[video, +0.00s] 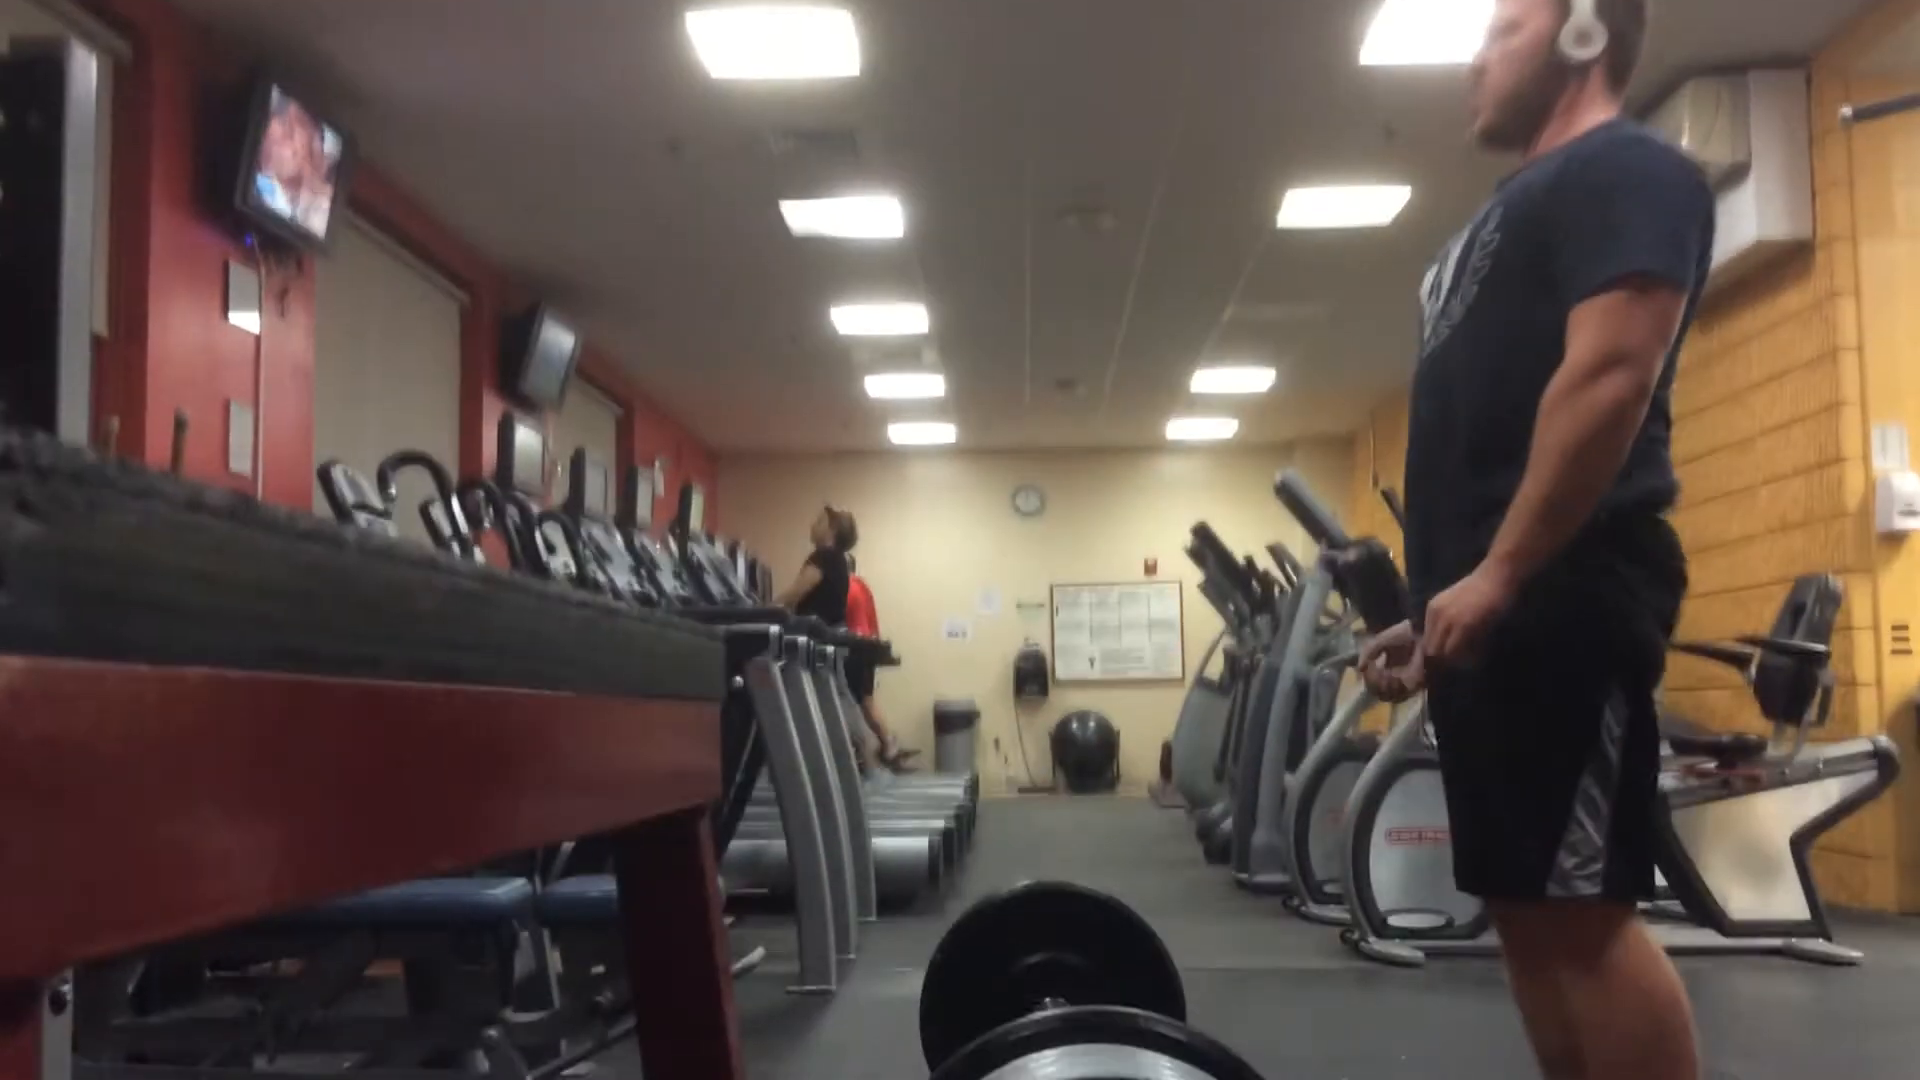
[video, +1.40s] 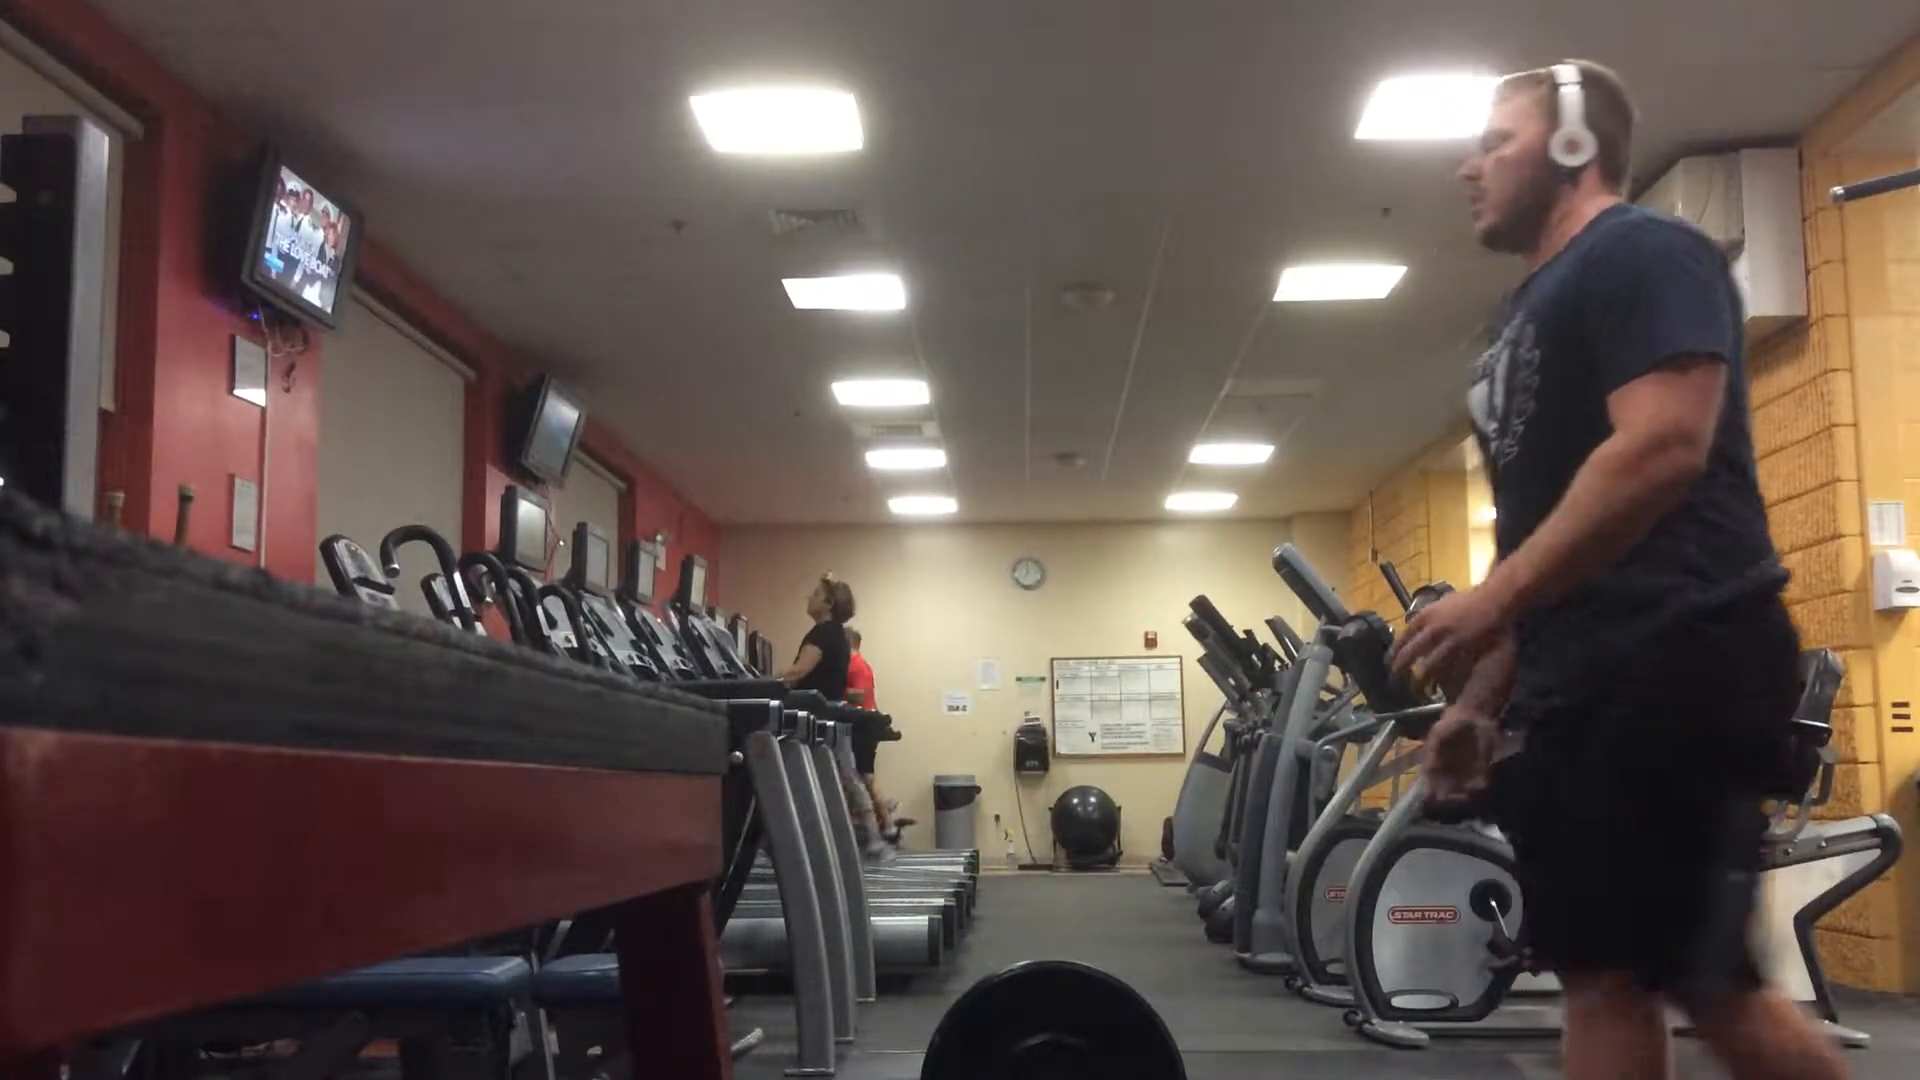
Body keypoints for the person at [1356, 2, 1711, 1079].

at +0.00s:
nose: (1475, 53)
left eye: (1501, 23)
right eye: (1485, 29)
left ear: (1582, 37)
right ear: (1569, 47)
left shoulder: (1623, 162)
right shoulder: (1509, 214)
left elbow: (1609, 376)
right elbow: (1494, 434)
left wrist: (1501, 570)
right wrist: (1431, 608)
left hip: (1568, 581)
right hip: (1499, 594)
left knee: (1578, 917)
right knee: (1521, 913)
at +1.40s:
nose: (1471, 167)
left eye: (1496, 142)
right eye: (1477, 147)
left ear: (1572, 150)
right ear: (1556, 158)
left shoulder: (1643, 246)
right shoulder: (1524, 318)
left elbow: (1667, 444)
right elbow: (1536, 535)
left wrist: (1495, 594)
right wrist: (1478, 699)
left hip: (1683, 654)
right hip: (1584, 673)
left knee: (1713, 990)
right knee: (1604, 984)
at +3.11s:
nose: (1631, 187)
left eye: (1650, 159)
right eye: (1636, 165)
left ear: (1726, 155)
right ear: (1721, 164)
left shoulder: (1810, 257)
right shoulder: (1703, 320)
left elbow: (1805, 456)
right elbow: (1708, 528)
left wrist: (1664, 609)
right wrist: (1637, 693)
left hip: (1811, 630)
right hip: (1750, 640)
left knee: (1633, 890)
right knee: (1805, 950)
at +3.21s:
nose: (1627, 191)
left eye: (1648, 162)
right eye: (1632, 170)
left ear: (1724, 158)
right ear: (1716, 167)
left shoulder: (1807, 259)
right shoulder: (1703, 321)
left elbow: (1821, 452)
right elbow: (1711, 529)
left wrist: (1691, 620)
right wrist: (1636, 691)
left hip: (1812, 631)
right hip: (1758, 643)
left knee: (1636, 898)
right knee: (1805, 950)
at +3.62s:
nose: (1613, 192)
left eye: (1632, 166)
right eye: (1616, 173)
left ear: (1704, 166)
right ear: (1699, 176)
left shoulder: (1773, 260)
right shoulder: (1681, 328)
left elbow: (1839, 450)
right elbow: (1719, 515)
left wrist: (1800, 649)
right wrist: (1696, 686)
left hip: (1796, 653)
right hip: (1739, 660)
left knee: (1724, 938)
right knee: (1820, 959)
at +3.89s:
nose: (1615, 202)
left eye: (1634, 175)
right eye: (1617, 182)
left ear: (1713, 170)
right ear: (1701, 177)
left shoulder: (1796, 263)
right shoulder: (1679, 346)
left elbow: (1781, 450)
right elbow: (1680, 557)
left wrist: (1626, 595)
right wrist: (1604, 717)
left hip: (1809, 641)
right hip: (1730, 657)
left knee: (1720, 938)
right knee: (1810, 947)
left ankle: (1867, 1065)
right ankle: (1864, 1071)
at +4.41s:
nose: (1569, 193)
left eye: (1590, 166)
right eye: (1570, 173)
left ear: (1669, 166)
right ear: (1665, 175)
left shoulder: (1767, 252)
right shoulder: (1628, 354)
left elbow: (1868, 434)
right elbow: (1657, 559)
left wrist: (1873, 643)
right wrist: (1644, 727)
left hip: (1808, 672)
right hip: (1731, 690)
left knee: (1723, 933)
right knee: (1832, 969)